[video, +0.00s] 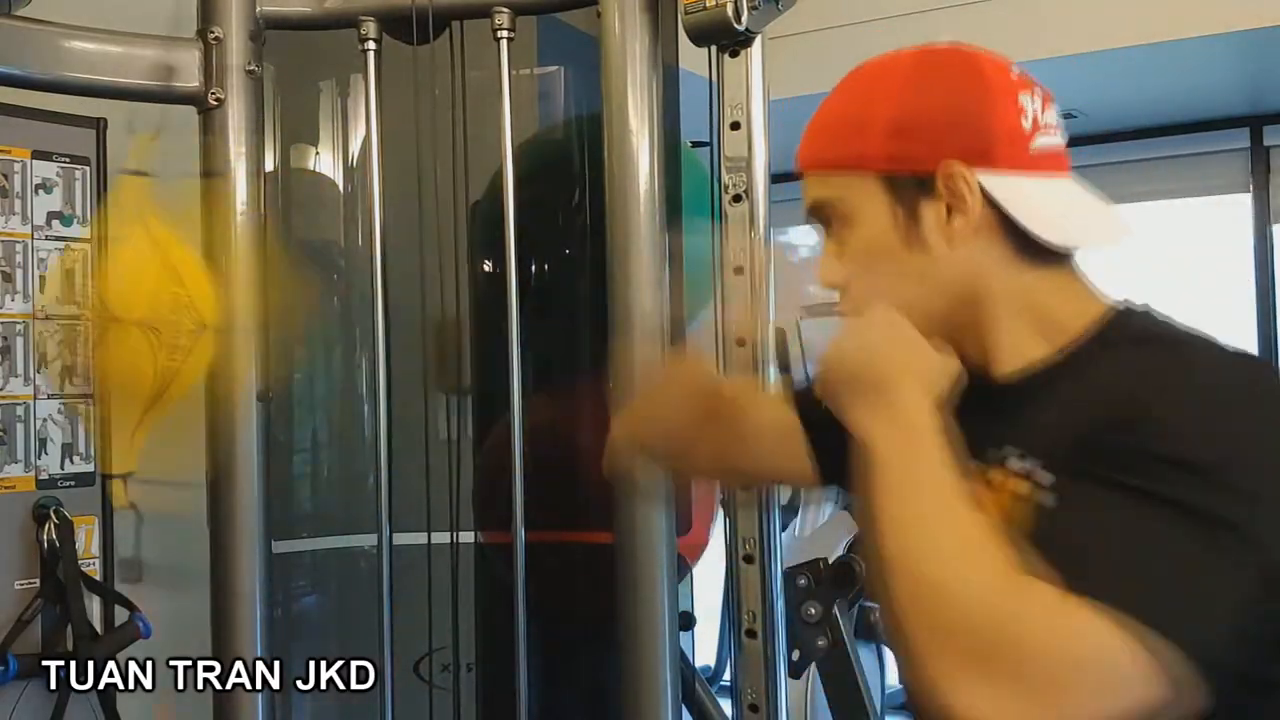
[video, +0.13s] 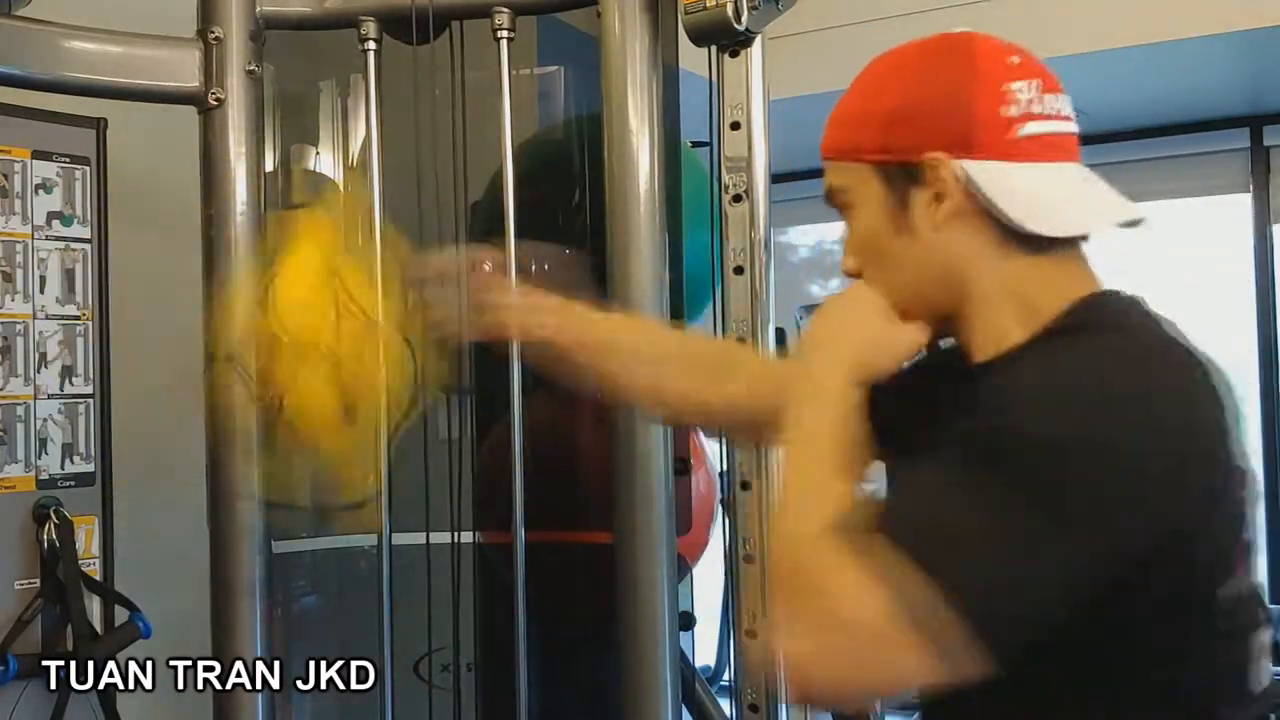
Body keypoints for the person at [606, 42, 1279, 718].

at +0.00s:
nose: (827, 278)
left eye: (836, 227)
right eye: (823, 235)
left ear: (954, 204)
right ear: (956, 208)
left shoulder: (1226, 415)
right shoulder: (956, 394)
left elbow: (1008, 691)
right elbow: (704, 434)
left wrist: (894, 412)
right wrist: (679, 403)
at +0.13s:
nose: (845, 262)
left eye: (848, 217)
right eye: (839, 224)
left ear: (942, 195)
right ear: (949, 197)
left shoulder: (1116, 405)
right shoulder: (991, 370)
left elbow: (819, 646)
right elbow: (757, 392)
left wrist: (827, 376)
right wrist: (529, 316)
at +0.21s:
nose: (844, 268)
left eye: (843, 225)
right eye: (838, 229)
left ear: (919, 205)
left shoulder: (1012, 433)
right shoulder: (1142, 371)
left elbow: (762, 661)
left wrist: (792, 381)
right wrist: (772, 389)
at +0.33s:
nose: (824, 304)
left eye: (828, 260)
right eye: (821, 265)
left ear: (905, 246)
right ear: (1011, 239)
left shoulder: (946, 480)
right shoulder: (1174, 434)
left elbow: (704, 681)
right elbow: (1263, 594)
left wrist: (759, 414)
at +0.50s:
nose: (788, 270)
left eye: (798, 219)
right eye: (788, 225)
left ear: (908, 207)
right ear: (910, 208)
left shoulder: (1079, 414)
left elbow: (877, 683)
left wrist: (780, 399)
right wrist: (912, 429)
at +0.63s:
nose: (812, 251)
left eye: (834, 198)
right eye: (810, 209)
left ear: (966, 184)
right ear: (965, 186)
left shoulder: (1218, 390)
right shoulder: (856, 398)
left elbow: (1093, 652)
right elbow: (642, 441)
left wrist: (914, 372)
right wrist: (465, 334)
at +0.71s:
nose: (818, 266)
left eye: (848, 212)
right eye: (816, 223)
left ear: (983, 203)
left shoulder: (1227, 406)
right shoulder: (838, 420)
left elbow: (1180, 664)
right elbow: (611, 488)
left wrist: (965, 385)